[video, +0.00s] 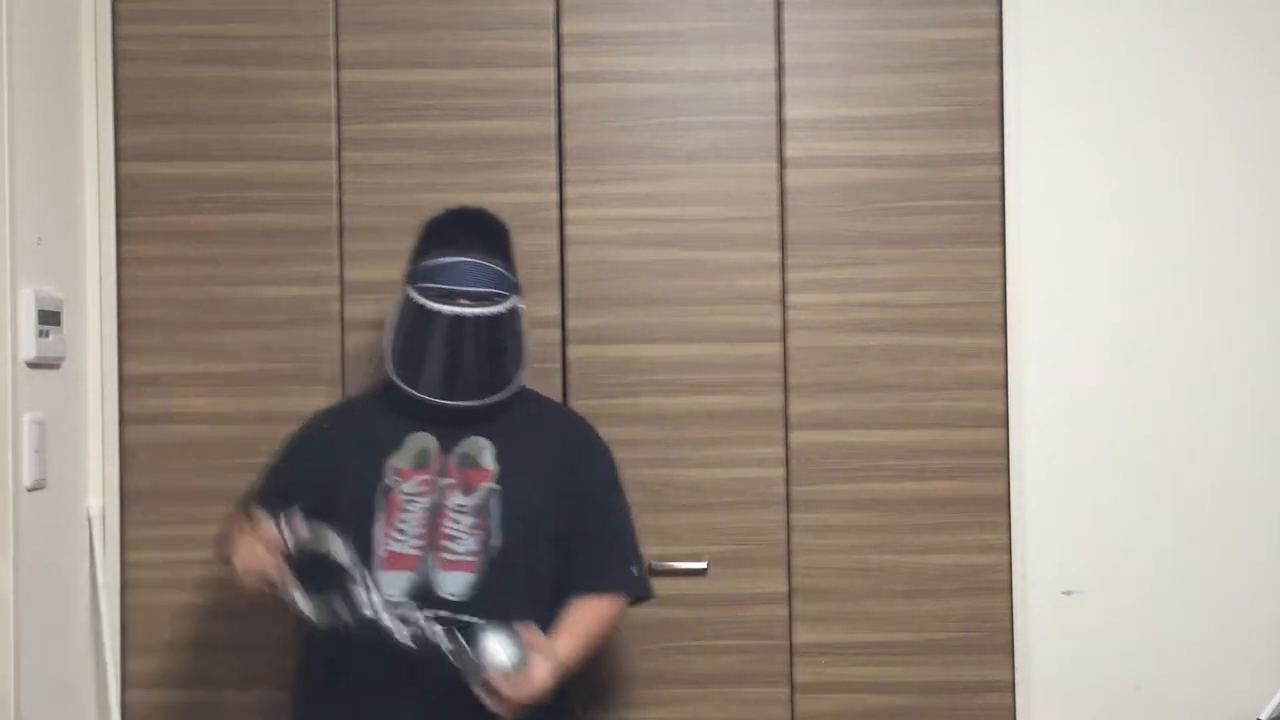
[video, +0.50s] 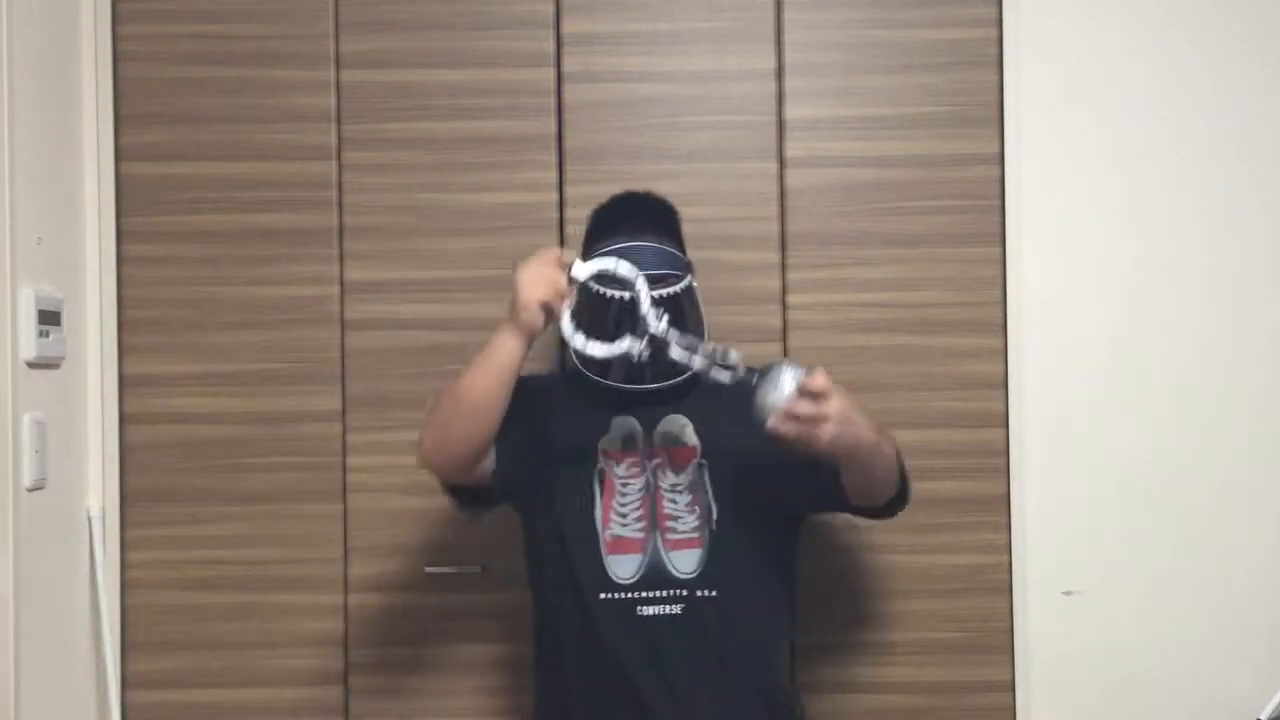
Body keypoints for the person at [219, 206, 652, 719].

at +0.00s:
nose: (458, 336)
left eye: (478, 318)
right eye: (440, 315)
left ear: (510, 319)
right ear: (408, 312)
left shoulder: (565, 445)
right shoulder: (339, 434)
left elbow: (608, 581)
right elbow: (259, 517)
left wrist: (553, 656)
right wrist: (254, 547)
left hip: (495, 704)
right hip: (352, 701)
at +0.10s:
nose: (507, 349)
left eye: (526, 329)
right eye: (487, 328)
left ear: (556, 328)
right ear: (453, 323)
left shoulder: (615, 454)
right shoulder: (386, 455)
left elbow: (652, 594)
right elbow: (333, 567)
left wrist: (615, 691)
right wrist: (334, 611)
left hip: (558, 706)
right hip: (409, 703)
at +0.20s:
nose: (557, 347)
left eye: (577, 328)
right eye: (536, 329)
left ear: (607, 325)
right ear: (503, 326)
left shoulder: (672, 447)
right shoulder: (448, 453)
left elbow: (722, 581)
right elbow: (376, 569)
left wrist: (698, 659)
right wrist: (394, 591)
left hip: (628, 702)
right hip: (484, 701)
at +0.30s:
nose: (597, 330)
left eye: (616, 311)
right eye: (577, 312)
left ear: (645, 308)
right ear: (545, 310)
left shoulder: (713, 426)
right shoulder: (491, 437)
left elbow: (793, 539)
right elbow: (406, 576)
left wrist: (750, 606)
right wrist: (455, 511)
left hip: (684, 700)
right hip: (539, 701)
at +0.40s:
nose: (621, 319)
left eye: (641, 298)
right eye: (600, 298)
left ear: (671, 296)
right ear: (566, 299)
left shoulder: (736, 405)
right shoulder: (528, 423)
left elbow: (856, 510)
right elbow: (426, 518)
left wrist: (812, 502)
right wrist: (498, 403)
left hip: (718, 701)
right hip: (570, 702)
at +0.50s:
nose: (638, 303)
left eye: (658, 280)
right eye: (615, 281)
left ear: (686, 286)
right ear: (579, 290)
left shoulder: (758, 406)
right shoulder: (541, 413)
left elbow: (884, 495)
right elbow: (444, 456)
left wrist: (858, 439)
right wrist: (517, 331)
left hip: (740, 698)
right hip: (588, 700)